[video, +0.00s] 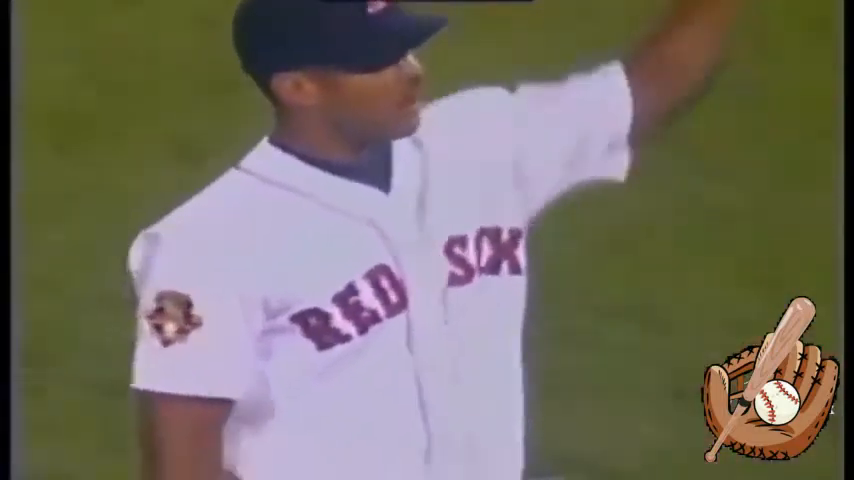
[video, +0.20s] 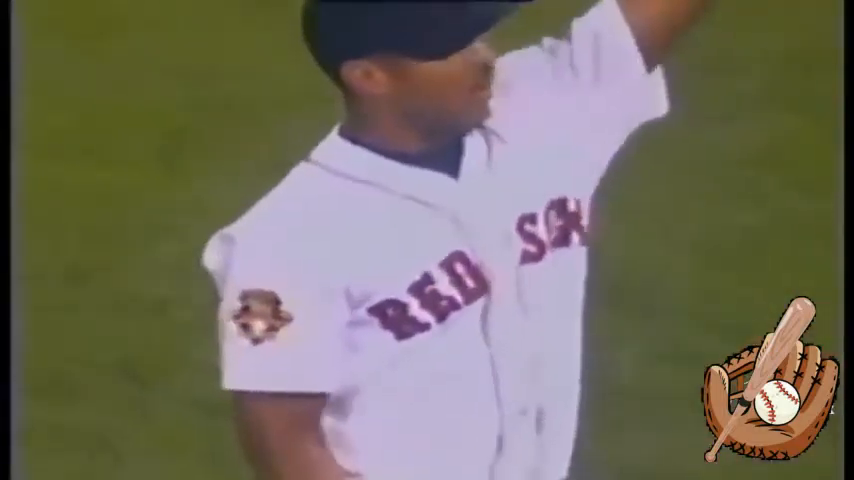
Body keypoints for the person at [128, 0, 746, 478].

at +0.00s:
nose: (414, 68)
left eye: (407, 47)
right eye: (382, 58)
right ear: (298, 88)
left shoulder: (486, 141)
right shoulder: (205, 244)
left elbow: (649, 86)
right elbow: (183, 460)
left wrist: (724, 0)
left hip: (494, 462)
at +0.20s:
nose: (487, 57)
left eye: (478, 35)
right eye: (454, 47)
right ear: (369, 76)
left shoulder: (547, 108)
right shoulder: (284, 242)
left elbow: (669, 6)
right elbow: (284, 446)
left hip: (541, 462)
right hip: (404, 464)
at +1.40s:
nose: (254, 173)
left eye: (267, 152)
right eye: (240, 155)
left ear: (333, 115)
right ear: (222, 127)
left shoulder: (507, 211)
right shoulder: (214, 199)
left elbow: (592, 402)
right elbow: (216, 372)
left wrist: (516, 472)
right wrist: (163, 469)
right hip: (274, 465)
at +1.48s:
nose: (259, 200)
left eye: (273, 176)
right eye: (243, 183)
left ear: (345, 127)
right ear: (226, 146)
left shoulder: (512, 216)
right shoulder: (222, 202)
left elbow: (613, 404)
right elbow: (220, 366)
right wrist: (156, 466)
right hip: (286, 470)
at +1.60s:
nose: (270, 226)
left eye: (284, 203)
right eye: (252, 209)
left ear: (353, 150)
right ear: (229, 172)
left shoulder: (522, 228)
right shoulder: (237, 215)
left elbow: (643, 404)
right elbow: (229, 361)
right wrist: (142, 467)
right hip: (305, 465)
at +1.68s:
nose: (283, 242)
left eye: (297, 220)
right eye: (265, 224)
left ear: (367, 165)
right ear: (239, 191)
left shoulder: (531, 241)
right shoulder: (244, 225)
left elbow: (658, 421)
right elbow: (233, 365)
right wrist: (145, 468)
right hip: (308, 469)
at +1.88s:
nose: (313, 273)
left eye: (327, 252)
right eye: (294, 254)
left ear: (399, 195)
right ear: (262, 212)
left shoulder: (556, 264)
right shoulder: (261, 227)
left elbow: (668, 437)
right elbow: (240, 366)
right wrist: (166, 464)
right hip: (315, 469)